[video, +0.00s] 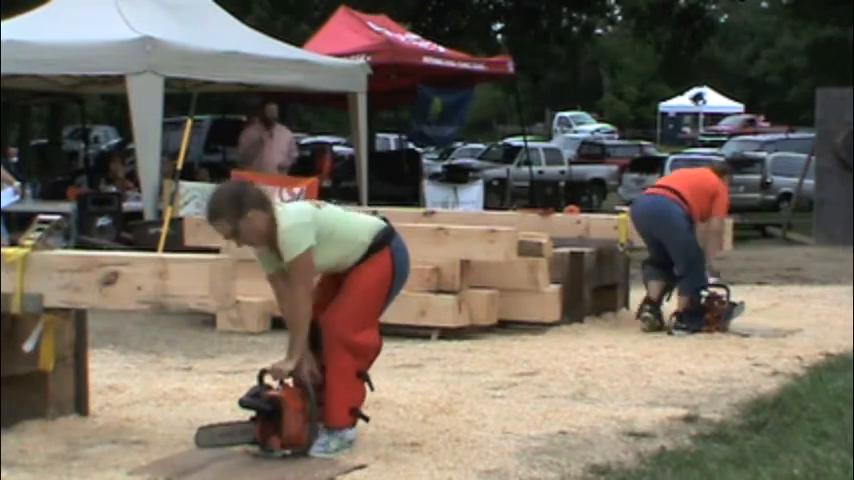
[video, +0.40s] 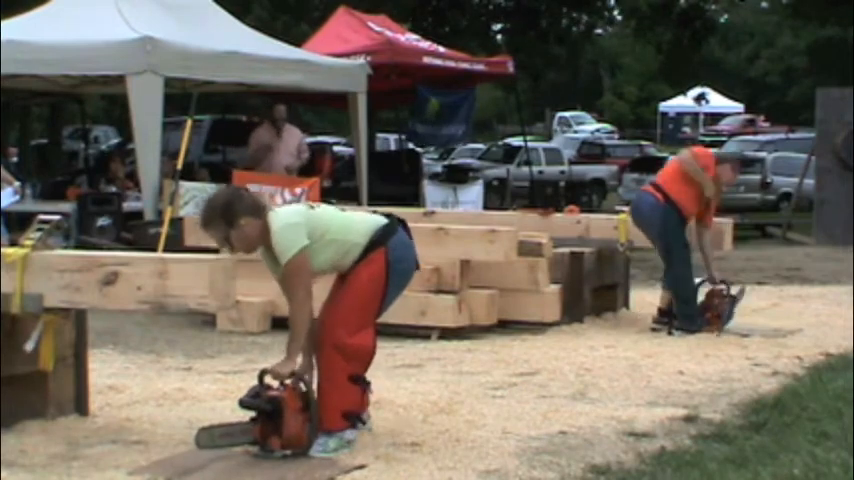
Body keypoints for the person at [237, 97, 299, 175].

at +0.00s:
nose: (272, 116)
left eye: (274, 112)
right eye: (269, 112)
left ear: (277, 114)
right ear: (262, 113)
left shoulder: (285, 133)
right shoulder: (250, 132)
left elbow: (293, 154)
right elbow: (243, 157)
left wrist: (284, 165)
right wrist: (258, 143)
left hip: (277, 178)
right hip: (253, 177)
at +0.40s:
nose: (279, 122)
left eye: (282, 119)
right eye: (276, 119)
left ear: (286, 118)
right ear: (271, 118)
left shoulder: (295, 133)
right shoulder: (259, 133)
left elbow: (304, 154)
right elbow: (250, 160)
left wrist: (294, 166)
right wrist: (264, 149)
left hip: (287, 180)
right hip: (263, 179)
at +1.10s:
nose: (278, 120)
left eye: (280, 117)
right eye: (275, 117)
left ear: (284, 116)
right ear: (270, 115)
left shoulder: (293, 132)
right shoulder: (257, 133)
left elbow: (304, 156)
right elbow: (248, 157)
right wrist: (262, 150)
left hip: (288, 173)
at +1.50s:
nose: (268, 119)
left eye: (270, 116)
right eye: (265, 116)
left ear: (274, 116)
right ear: (260, 115)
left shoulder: (282, 132)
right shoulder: (247, 131)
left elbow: (290, 152)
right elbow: (238, 154)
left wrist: (284, 165)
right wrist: (254, 147)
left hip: (275, 177)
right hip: (251, 176)